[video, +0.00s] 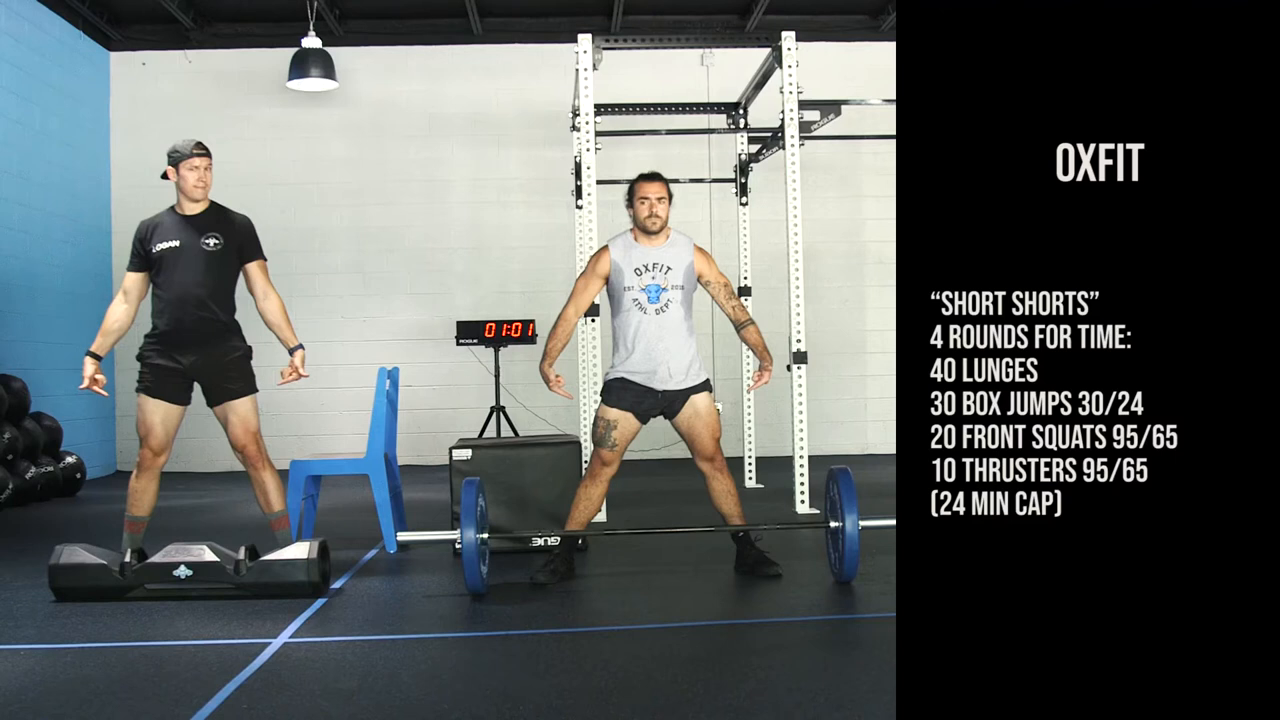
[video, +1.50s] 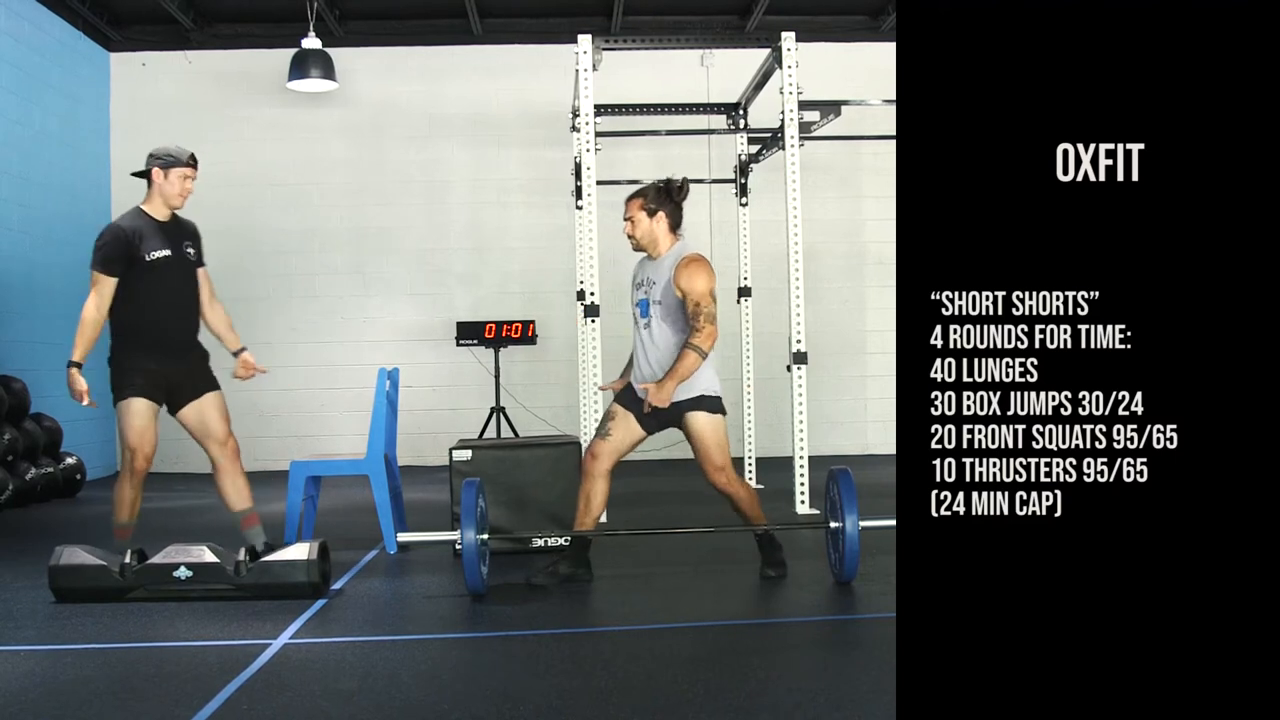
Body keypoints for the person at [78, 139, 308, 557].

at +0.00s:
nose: (201, 177)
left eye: (206, 169)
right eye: (192, 170)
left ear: (212, 174)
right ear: (172, 176)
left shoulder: (236, 226)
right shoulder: (150, 231)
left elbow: (263, 293)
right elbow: (126, 300)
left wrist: (293, 344)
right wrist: (94, 353)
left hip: (224, 352)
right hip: (164, 354)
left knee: (250, 447)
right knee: (150, 454)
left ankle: (288, 550)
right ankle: (131, 555)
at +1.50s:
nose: (189, 189)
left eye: (192, 181)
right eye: (183, 179)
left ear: (188, 184)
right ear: (157, 176)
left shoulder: (187, 233)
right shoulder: (121, 234)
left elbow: (207, 302)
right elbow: (98, 303)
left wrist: (238, 350)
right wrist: (75, 364)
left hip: (186, 359)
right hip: (136, 362)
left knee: (225, 445)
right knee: (139, 460)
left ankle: (259, 547)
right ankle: (124, 555)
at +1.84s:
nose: (207, 190)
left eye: (209, 182)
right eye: (203, 181)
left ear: (184, 179)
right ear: (177, 176)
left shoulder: (179, 229)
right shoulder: (144, 225)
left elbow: (170, 296)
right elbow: (126, 293)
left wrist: (179, 347)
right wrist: (137, 352)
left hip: (179, 351)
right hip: (141, 352)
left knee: (212, 447)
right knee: (144, 453)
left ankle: (223, 547)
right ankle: (122, 554)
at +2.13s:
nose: (242, 198)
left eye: (244, 191)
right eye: (238, 189)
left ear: (222, 187)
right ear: (213, 184)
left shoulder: (210, 234)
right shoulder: (179, 228)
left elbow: (188, 296)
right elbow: (149, 294)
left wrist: (193, 347)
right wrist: (190, 344)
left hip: (192, 358)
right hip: (157, 358)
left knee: (228, 445)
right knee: (145, 458)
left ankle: (224, 549)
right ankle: (59, 528)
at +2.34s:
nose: (257, 243)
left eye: (259, 236)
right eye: (253, 234)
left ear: (232, 231)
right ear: (229, 228)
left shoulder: (214, 273)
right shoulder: (197, 269)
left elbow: (190, 340)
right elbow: (176, 339)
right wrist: (233, 370)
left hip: (188, 394)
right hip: (156, 394)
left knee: (256, 450)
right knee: (125, 495)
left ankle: (231, 549)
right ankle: (18, 536)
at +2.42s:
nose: (259, 272)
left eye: (261, 264)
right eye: (255, 262)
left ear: (236, 259)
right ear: (231, 256)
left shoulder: (213, 300)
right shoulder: (201, 296)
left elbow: (191, 369)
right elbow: (188, 369)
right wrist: (248, 385)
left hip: (184, 415)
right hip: (150, 418)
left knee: (261, 451)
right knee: (127, 523)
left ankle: (231, 551)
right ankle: (16, 541)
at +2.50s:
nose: (260, 296)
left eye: (262, 288)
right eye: (257, 287)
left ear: (233, 282)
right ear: (231, 281)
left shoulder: (204, 318)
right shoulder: (203, 318)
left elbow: (149, 375)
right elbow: (198, 396)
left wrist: (132, 428)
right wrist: (256, 396)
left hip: (183, 432)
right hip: (149, 438)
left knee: (264, 455)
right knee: (128, 540)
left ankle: (232, 548)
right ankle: (19, 540)